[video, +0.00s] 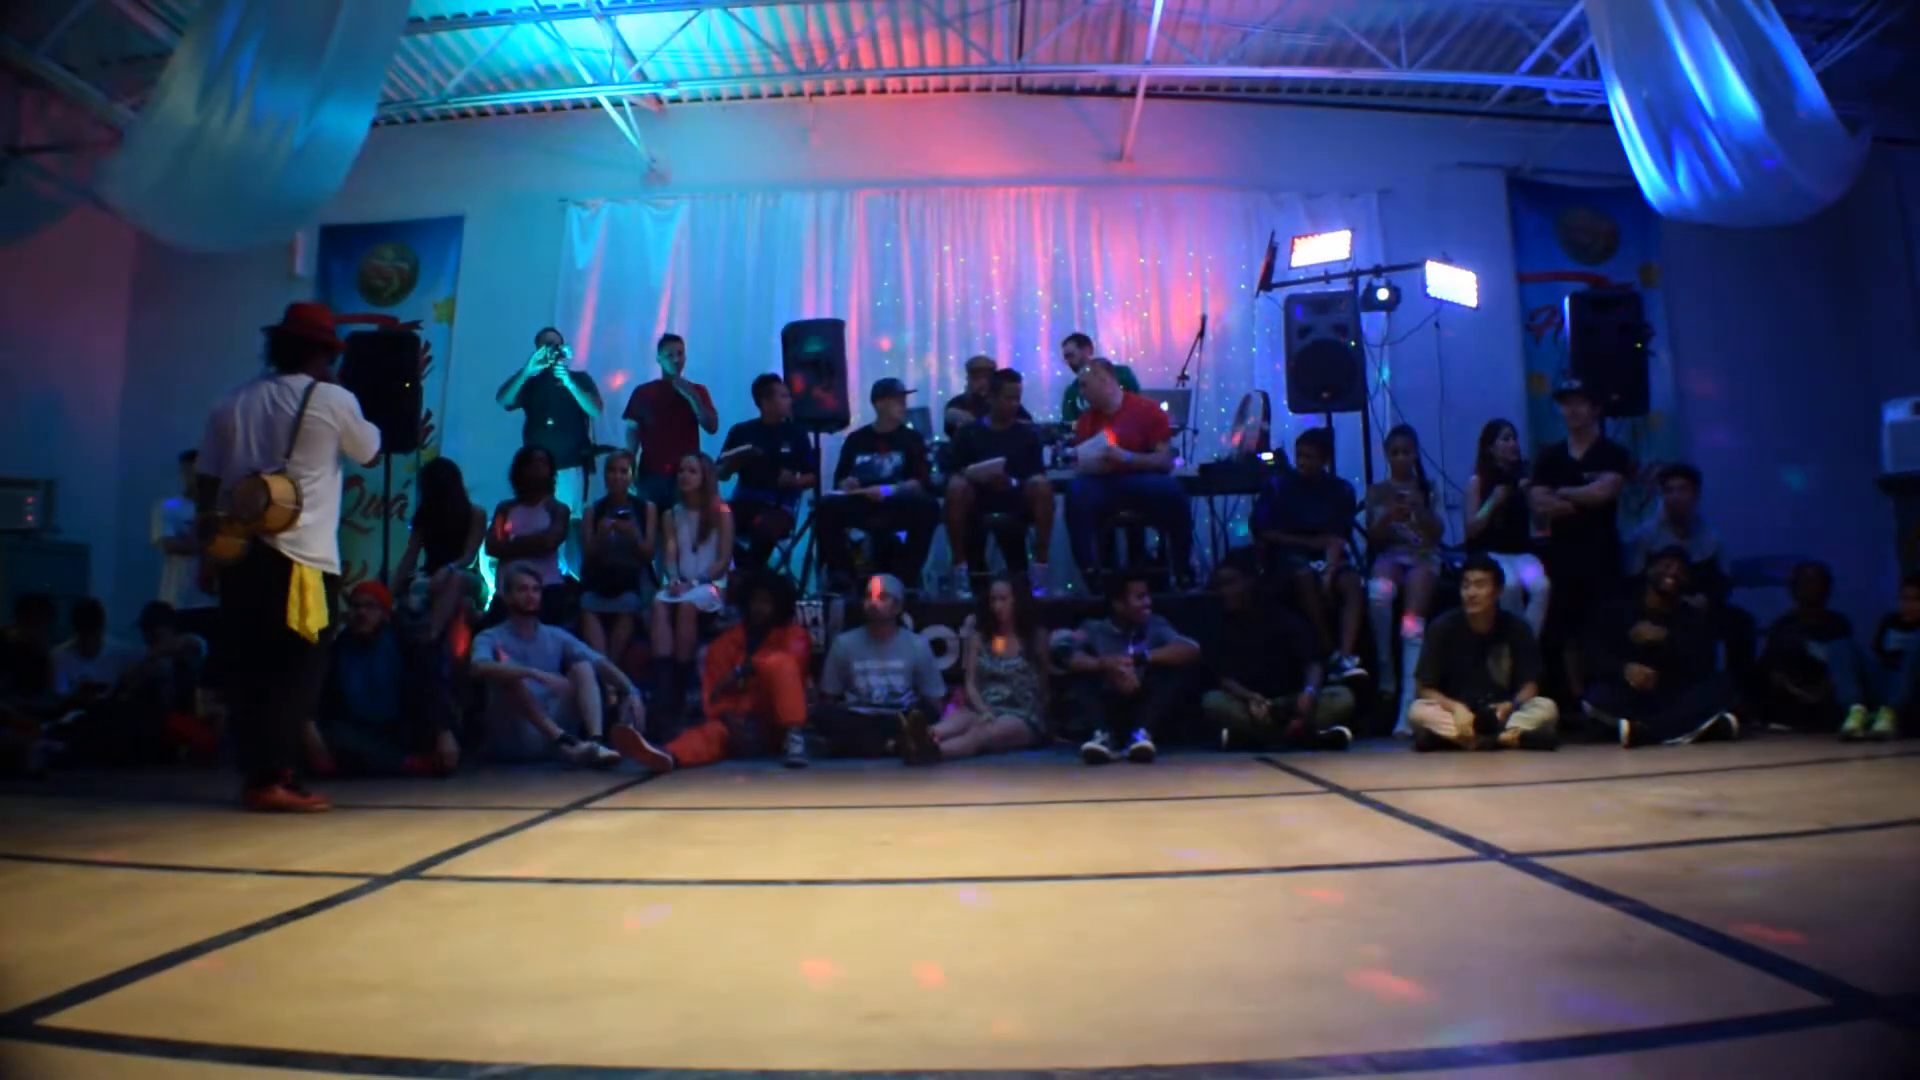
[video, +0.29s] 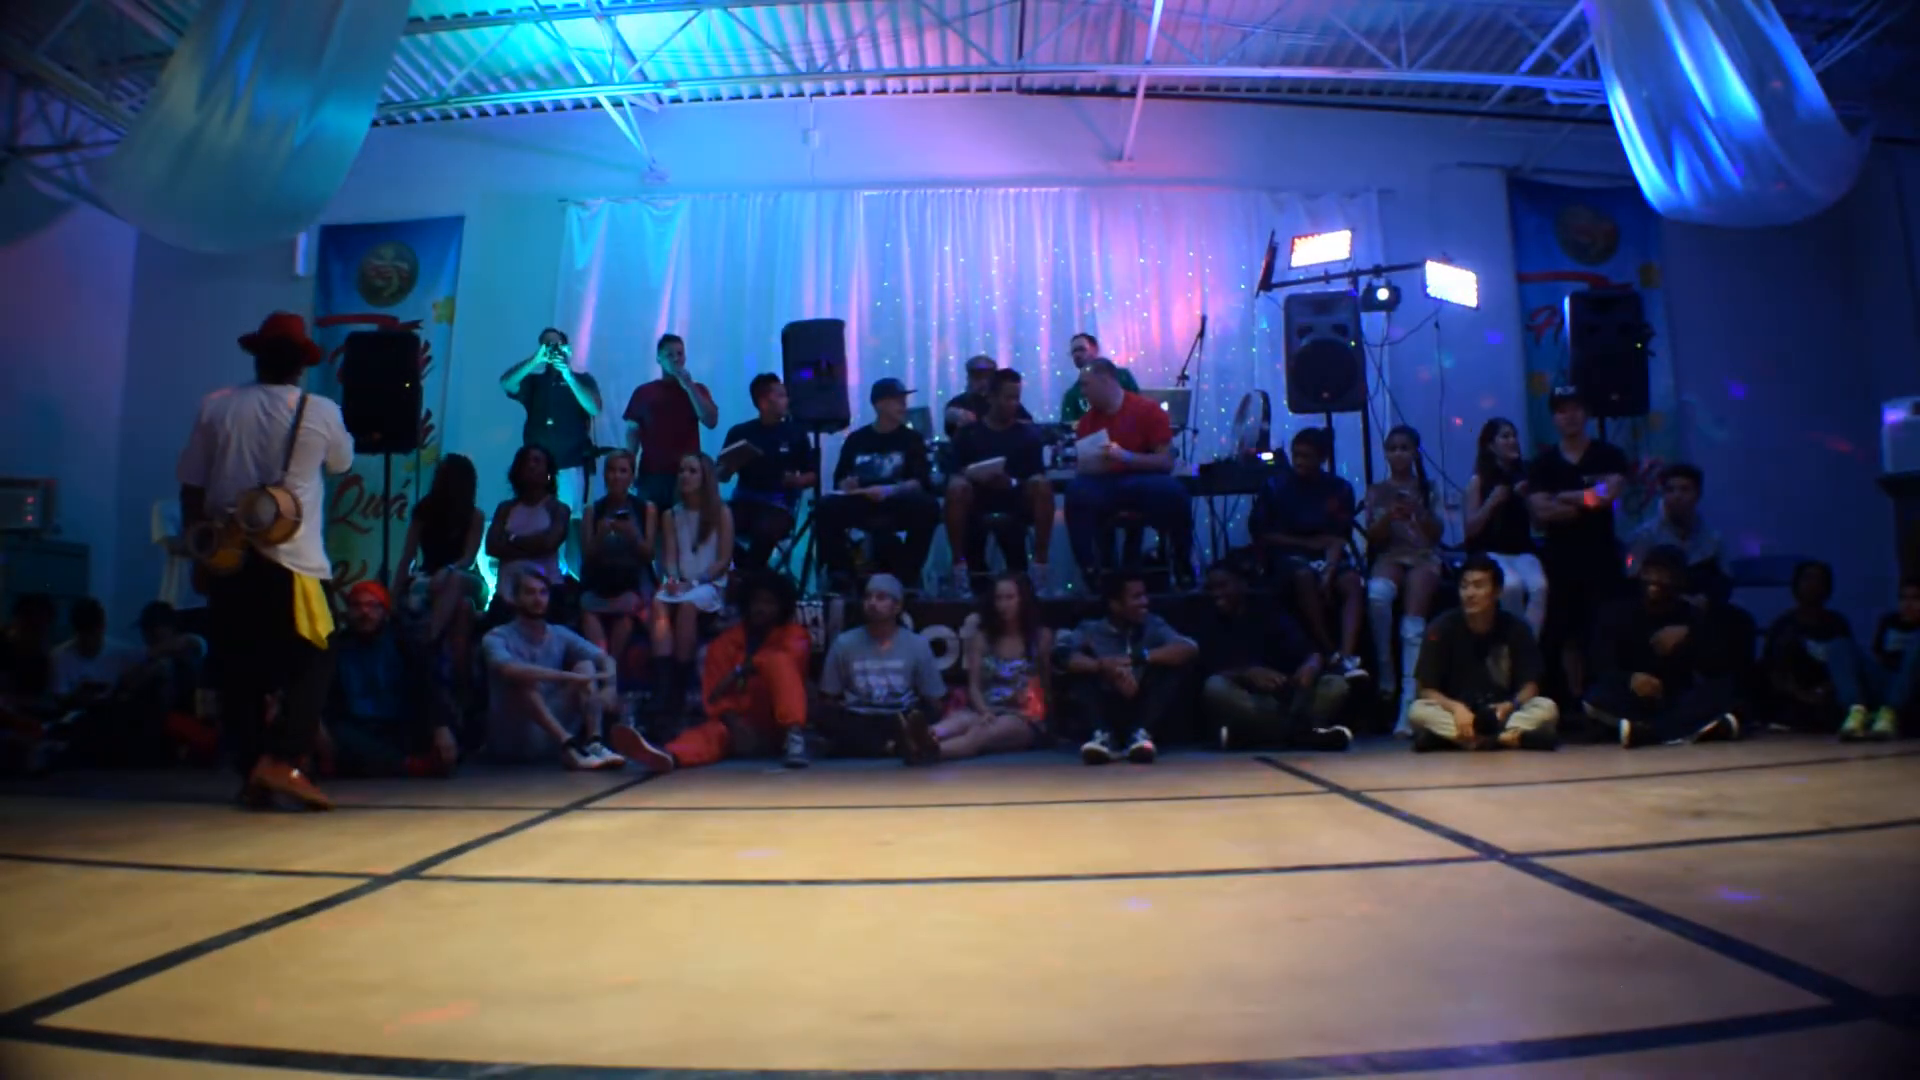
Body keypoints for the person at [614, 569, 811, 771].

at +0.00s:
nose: (759, 609)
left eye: (766, 603)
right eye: (754, 602)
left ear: (780, 607)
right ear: (745, 605)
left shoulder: (792, 635)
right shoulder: (724, 645)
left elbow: (784, 667)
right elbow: (713, 703)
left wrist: (748, 669)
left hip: (775, 721)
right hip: (738, 722)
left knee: (779, 663)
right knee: (712, 734)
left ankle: (794, 738)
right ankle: (668, 755)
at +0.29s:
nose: (760, 609)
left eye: (768, 603)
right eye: (755, 602)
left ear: (782, 608)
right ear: (746, 605)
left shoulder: (793, 635)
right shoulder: (724, 644)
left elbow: (784, 661)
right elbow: (714, 700)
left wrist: (748, 670)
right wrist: (733, 721)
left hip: (775, 718)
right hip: (739, 721)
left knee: (777, 660)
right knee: (710, 735)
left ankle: (794, 737)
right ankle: (670, 755)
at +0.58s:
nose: (768, 609)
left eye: (775, 602)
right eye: (762, 602)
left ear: (784, 607)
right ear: (749, 604)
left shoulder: (793, 634)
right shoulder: (726, 643)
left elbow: (789, 664)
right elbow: (713, 701)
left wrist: (756, 665)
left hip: (776, 719)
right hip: (738, 721)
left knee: (781, 662)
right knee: (709, 735)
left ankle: (794, 738)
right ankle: (669, 755)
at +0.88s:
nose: (768, 609)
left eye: (774, 603)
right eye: (762, 602)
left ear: (784, 607)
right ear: (748, 605)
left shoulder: (793, 634)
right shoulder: (724, 645)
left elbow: (788, 667)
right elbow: (713, 703)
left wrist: (757, 663)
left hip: (775, 719)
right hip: (737, 721)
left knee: (778, 661)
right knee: (709, 735)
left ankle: (795, 738)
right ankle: (670, 756)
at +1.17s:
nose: (768, 609)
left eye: (774, 603)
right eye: (762, 602)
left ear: (784, 607)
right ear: (749, 605)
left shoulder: (793, 634)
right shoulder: (724, 645)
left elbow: (787, 669)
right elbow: (714, 705)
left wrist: (751, 666)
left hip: (774, 717)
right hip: (738, 720)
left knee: (780, 661)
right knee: (711, 734)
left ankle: (794, 739)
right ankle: (670, 755)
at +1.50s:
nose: (768, 609)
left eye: (774, 603)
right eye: (762, 602)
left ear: (783, 607)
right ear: (748, 605)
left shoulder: (792, 634)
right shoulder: (723, 645)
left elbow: (785, 664)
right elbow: (713, 704)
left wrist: (752, 667)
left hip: (774, 716)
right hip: (737, 720)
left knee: (778, 661)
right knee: (709, 735)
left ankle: (795, 738)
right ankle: (670, 756)